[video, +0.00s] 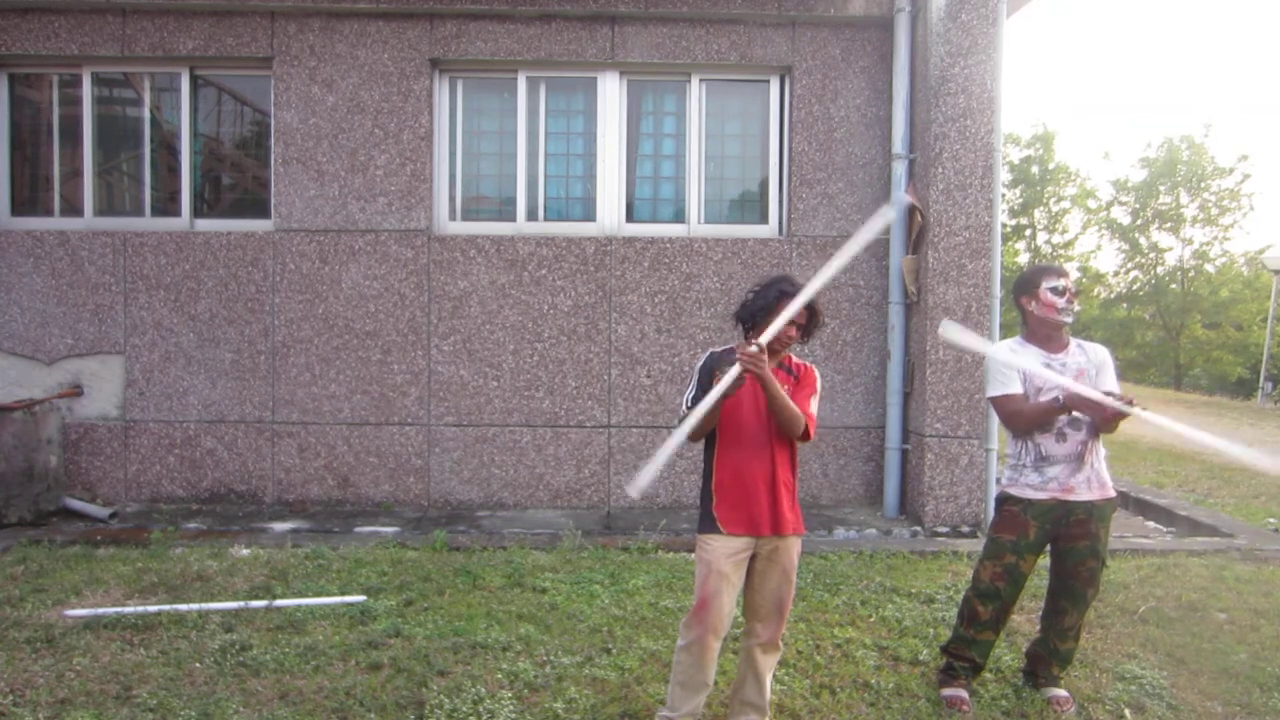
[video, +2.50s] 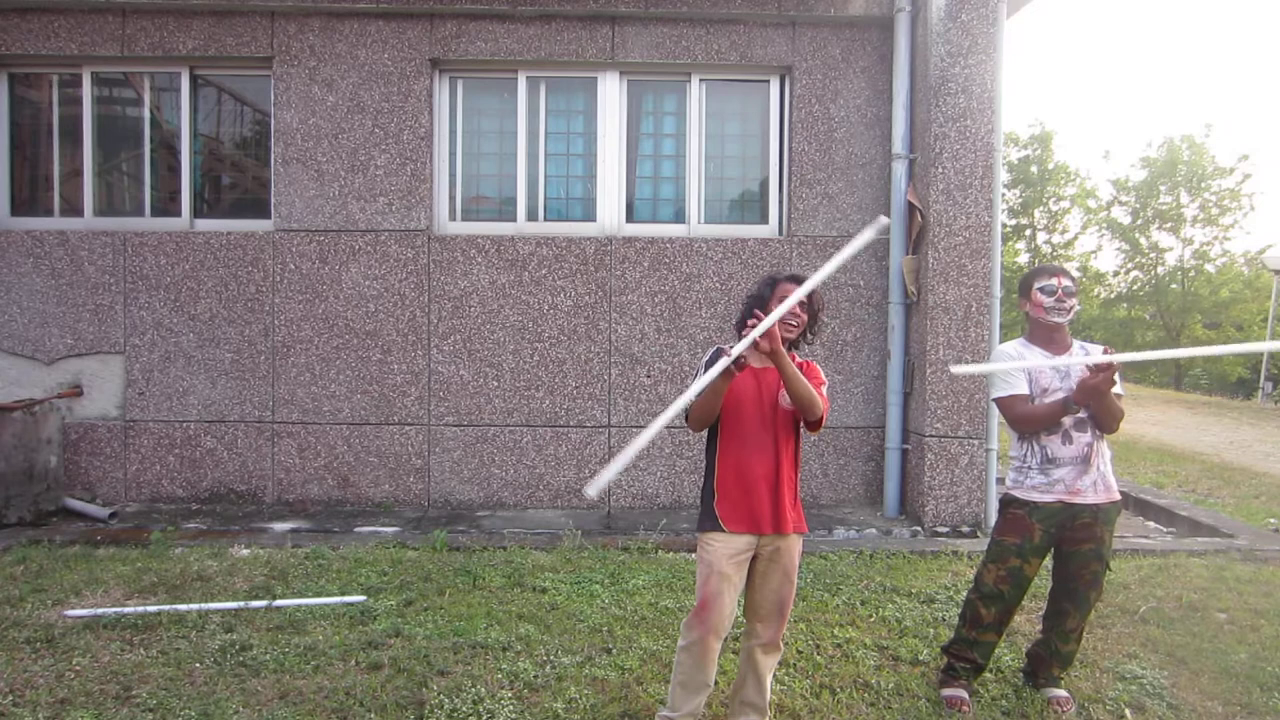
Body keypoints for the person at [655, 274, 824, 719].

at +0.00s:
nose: (793, 332)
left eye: (800, 327)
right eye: (787, 320)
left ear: (803, 332)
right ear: (759, 315)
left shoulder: (804, 373)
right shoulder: (717, 363)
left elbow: (800, 430)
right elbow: (693, 430)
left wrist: (767, 376)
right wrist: (721, 390)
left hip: (782, 520)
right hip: (724, 519)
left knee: (767, 635)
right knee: (707, 624)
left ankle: (750, 715)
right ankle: (678, 714)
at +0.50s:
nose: (792, 331)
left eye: (800, 325)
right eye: (785, 319)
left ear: (805, 330)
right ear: (758, 317)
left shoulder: (805, 372)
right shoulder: (719, 362)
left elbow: (808, 428)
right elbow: (684, 426)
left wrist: (771, 374)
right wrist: (722, 385)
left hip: (783, 521)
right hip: (726, 520)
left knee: (767, 636)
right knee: (707, 626)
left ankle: (749, 715)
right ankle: (678, 714)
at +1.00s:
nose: (788, 322)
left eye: (798, 317)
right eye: (781, 310)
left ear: (803, 326)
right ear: (758, 311)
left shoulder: (806, 372)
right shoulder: (722, 363)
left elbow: (805, 441)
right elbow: (693, 428)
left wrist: (762, 402)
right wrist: (722, 391)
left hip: (783, 521)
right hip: (726, 519)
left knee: (767, 635)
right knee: (709, 624)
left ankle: (749, 714)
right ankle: (678, 714)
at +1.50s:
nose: (788, 321)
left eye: (798, 315)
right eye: (781, 309)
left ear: (804, 326)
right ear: (758, 310)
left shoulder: (809, 374)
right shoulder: (722, 362)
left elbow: (805, 442)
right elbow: (696, 429)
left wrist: (766, 406)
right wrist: (724, 389)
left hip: (784, 521)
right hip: (727, 519)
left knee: (767, 635)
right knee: (709, 624)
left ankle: (749, 715)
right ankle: (678, 714)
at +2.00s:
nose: (790, 320)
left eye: (800, 315)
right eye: (783, 308)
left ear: (805, 326)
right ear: (761, 308)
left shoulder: (807, 373)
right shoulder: (723, 358)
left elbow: (800, 428)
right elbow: (713, 429)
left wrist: (751, 396)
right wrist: (732, 382)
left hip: (785, 519)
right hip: (728, 516)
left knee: (768, 635)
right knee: (709, 621)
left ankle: (749, 715)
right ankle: (678, 714)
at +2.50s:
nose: (794, 312)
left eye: (802, 308)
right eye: (785, 303)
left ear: (808, 320)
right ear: (759, 310)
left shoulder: (807, 369)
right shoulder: (723, 360)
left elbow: (814, 414)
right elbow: (696, 421)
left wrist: (779, 354)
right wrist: (728, 370)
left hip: (784, 520)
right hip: (726, 519)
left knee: (767, 636)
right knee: (708, 622)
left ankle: (749, 714)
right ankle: (678, 713)